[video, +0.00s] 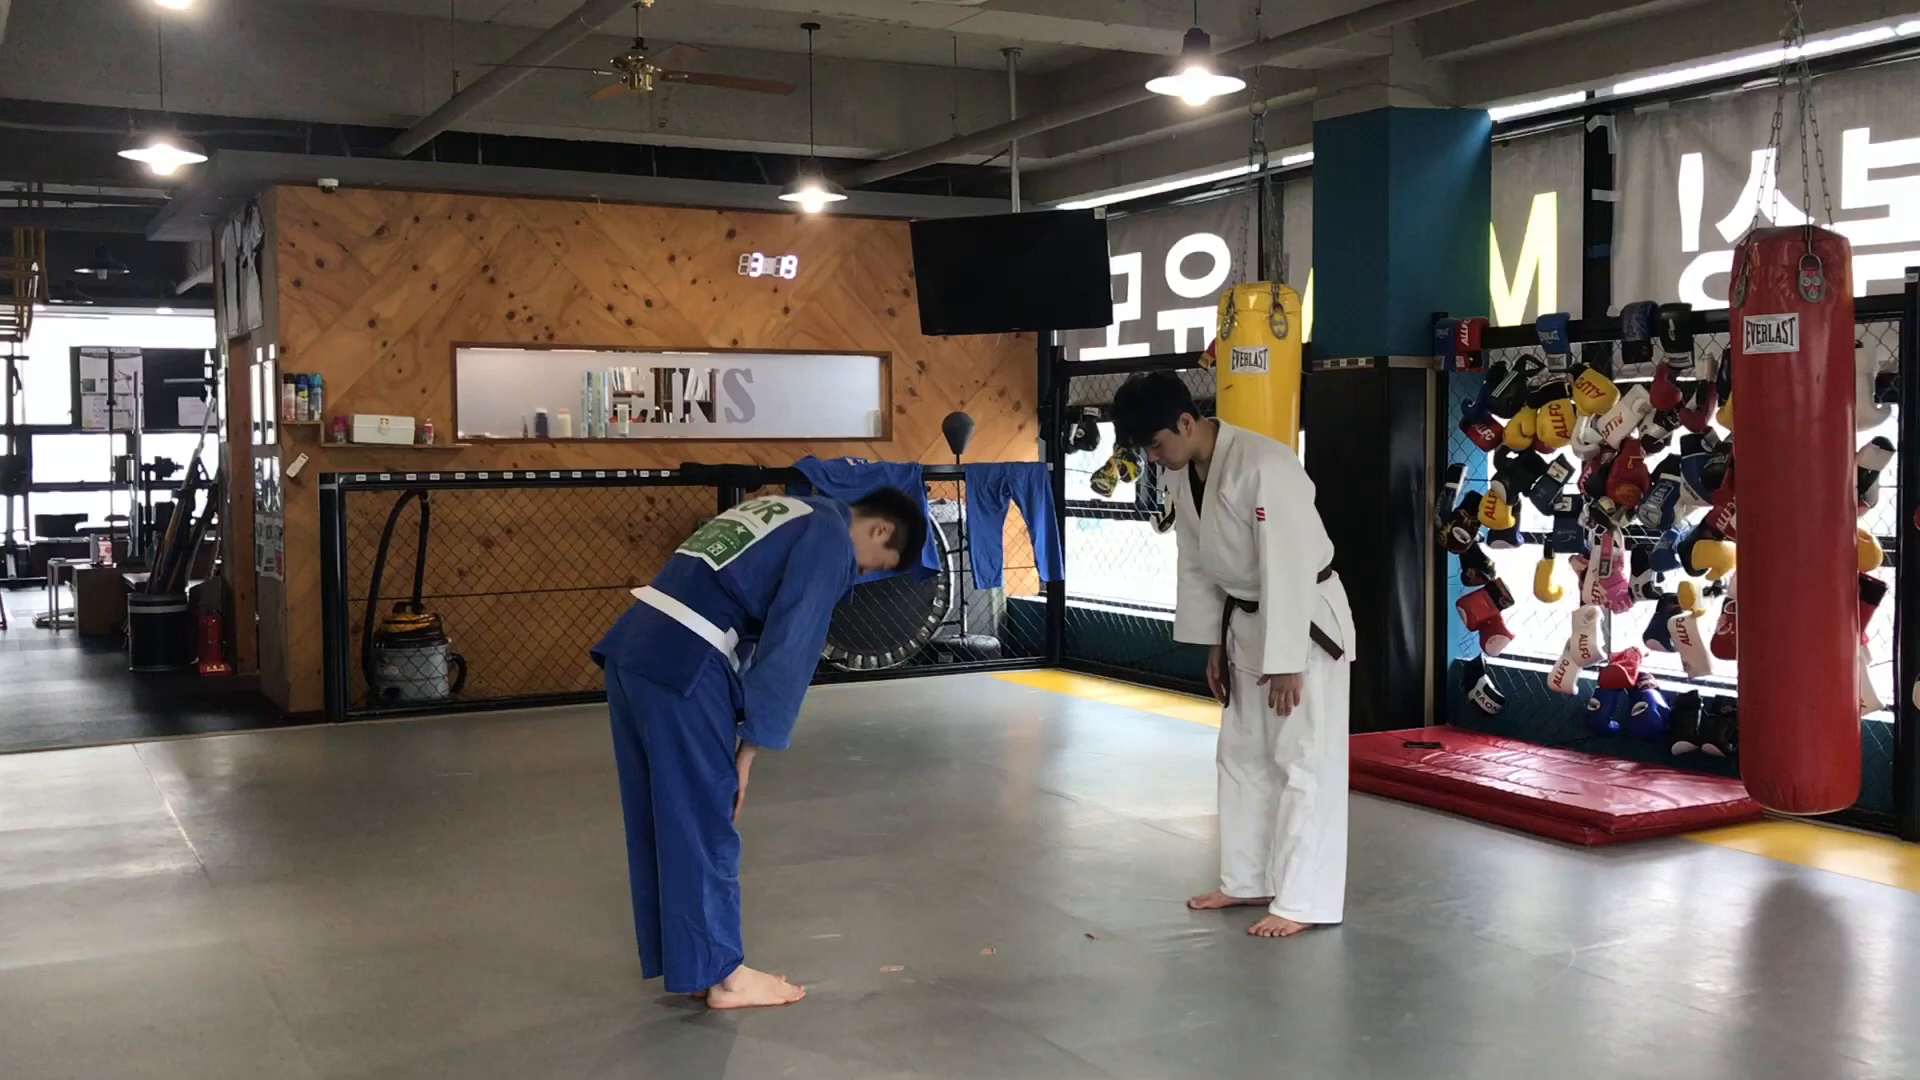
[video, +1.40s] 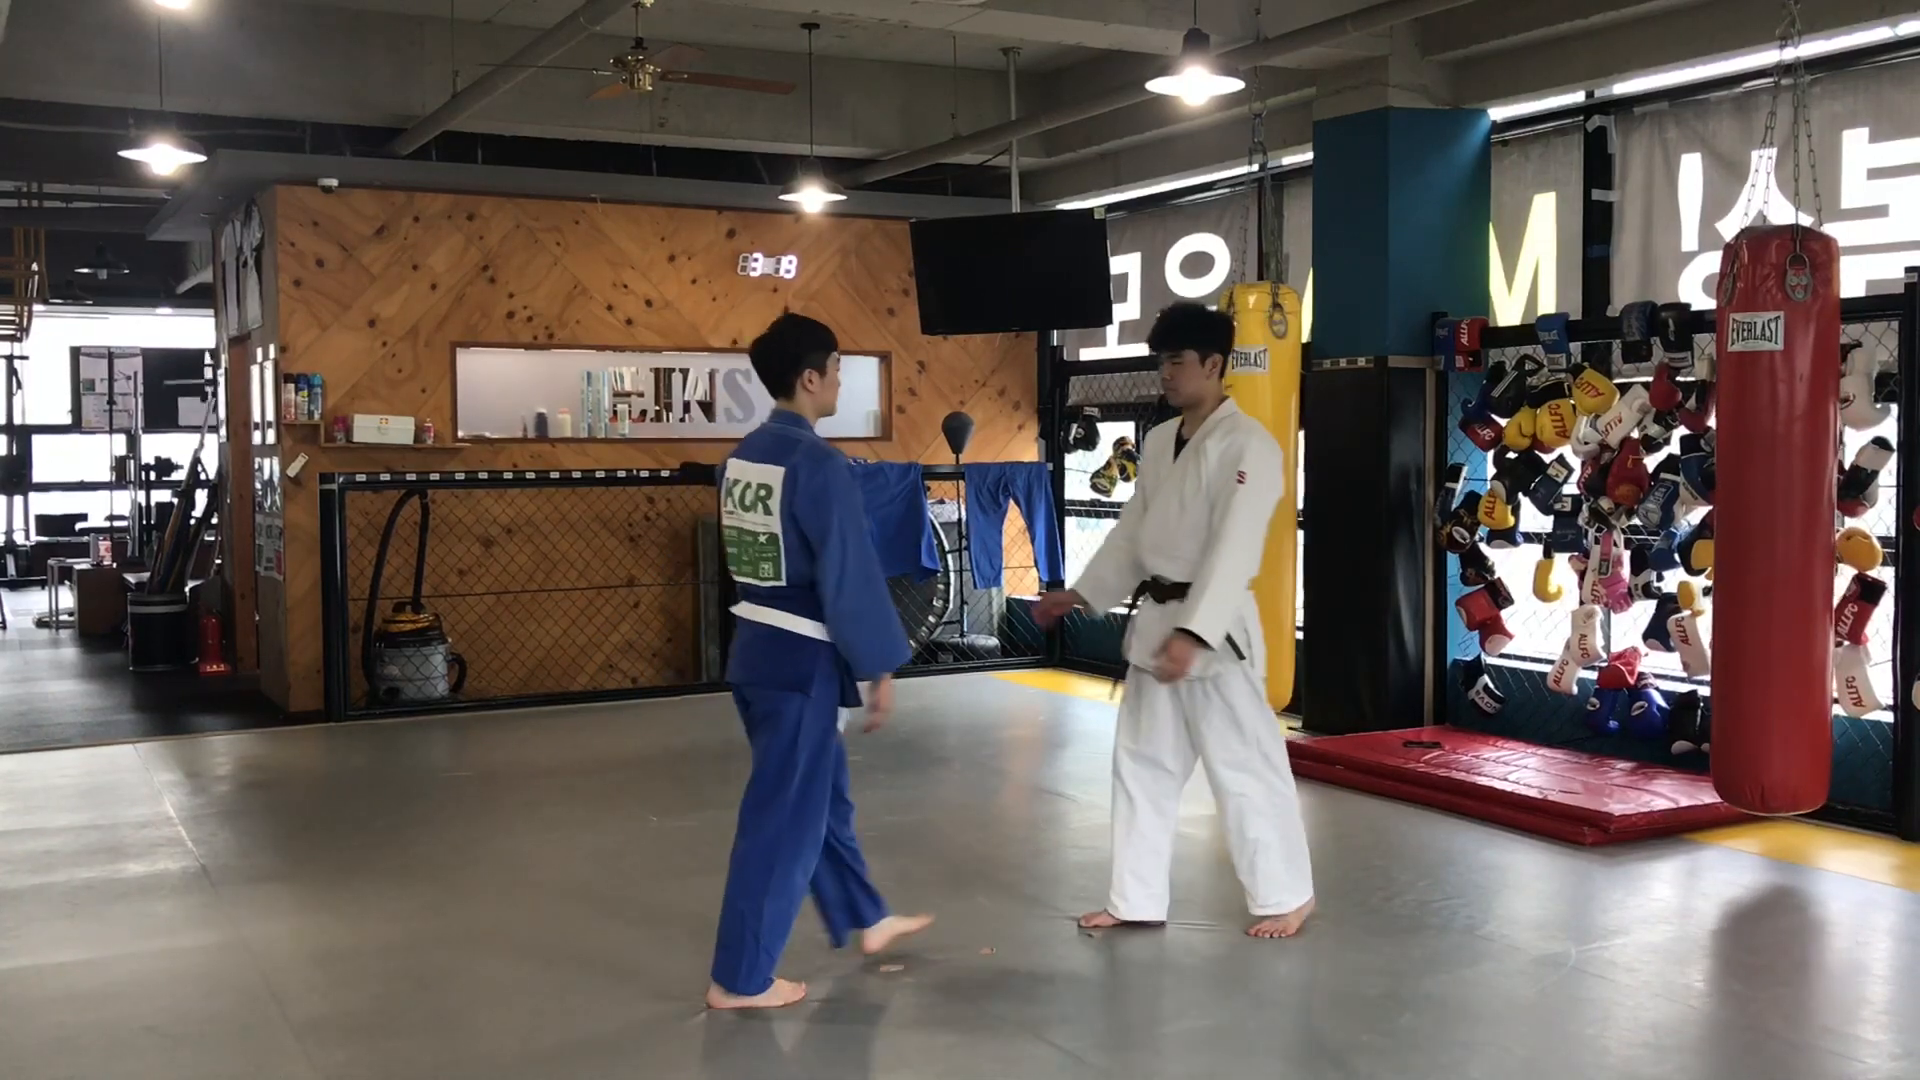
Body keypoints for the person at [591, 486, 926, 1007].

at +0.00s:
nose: (865, 573)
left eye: (879, 570)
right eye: (880, 562)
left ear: (868, 515)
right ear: (880, 528)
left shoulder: (779, 506)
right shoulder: (829, 536)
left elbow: (733, 617)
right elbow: (790, 641)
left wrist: (736, 723)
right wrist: (749, 747)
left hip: (630, 656)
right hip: (683, 671)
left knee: (658, 817)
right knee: (708, 822)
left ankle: (686, 965)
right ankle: (723, 972)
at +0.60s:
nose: (862, 484)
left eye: (870, 474)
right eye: (868, 471)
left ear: (829, 435)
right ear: (853, 446)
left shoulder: (753, 464)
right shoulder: (810, 489)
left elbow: (719, 571)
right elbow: (796, 602)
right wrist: (781, 705)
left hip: (654, 657)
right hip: (708, 667)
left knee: (669, 815)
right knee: (719, 821)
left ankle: (679, 962)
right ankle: (722, 973)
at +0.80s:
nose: (828, 410)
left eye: (831, 397)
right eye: (829, 395)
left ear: (773, 382)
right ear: (805, 387)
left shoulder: (715, 447)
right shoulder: (785, 459)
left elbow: (714, 557)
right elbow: (801, 572)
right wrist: (811, 667)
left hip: (686, 656)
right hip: (740, 665)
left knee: (696, 811)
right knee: (743, 818)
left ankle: (700, 963)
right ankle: (732, 976)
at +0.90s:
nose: (811, 390)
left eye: (812, 377)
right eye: (809, 377)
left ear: (752, 374)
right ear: (782, 374)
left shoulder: (710, 443)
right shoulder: (775, 456)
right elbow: (803, 570)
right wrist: (821, 657)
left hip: (699, 656)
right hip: (750, 664)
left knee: (710, 814)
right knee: (758, 821)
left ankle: (705, 966)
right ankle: (740, 977)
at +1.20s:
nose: (812, 381)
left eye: (809, 368)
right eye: (808, 368)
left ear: (750, 376)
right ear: (783, 373)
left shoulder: (719, 453)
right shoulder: (787, 460)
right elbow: (812, 574)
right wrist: (835, 667)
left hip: (722, 664)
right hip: (773, 671)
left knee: (747, 814)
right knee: (772, 823)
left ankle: (738, 953)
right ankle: (740, 980)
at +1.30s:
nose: (825, 381)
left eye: (822, 368)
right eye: (820, 369)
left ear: (763, 376)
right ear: (796, 374)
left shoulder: (733, 452)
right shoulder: (803, 461)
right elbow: (825, 577)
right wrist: (850, 670)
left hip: (734, 660)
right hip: (785, 667)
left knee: (799, 799)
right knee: (773, 817)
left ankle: (817, 937)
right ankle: (739, 980)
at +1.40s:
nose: (840, 383)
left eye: (838, 371)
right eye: (834, 372)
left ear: (782, 379)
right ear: (809, 377)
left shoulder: (748, 456)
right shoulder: (820, 465)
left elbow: (762, 560)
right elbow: (848, 578)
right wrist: (879, 667)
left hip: (752, 658)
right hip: (801, 666)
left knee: (824, 796)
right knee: (784, 814)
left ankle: (866, 922)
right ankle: (740, 978)